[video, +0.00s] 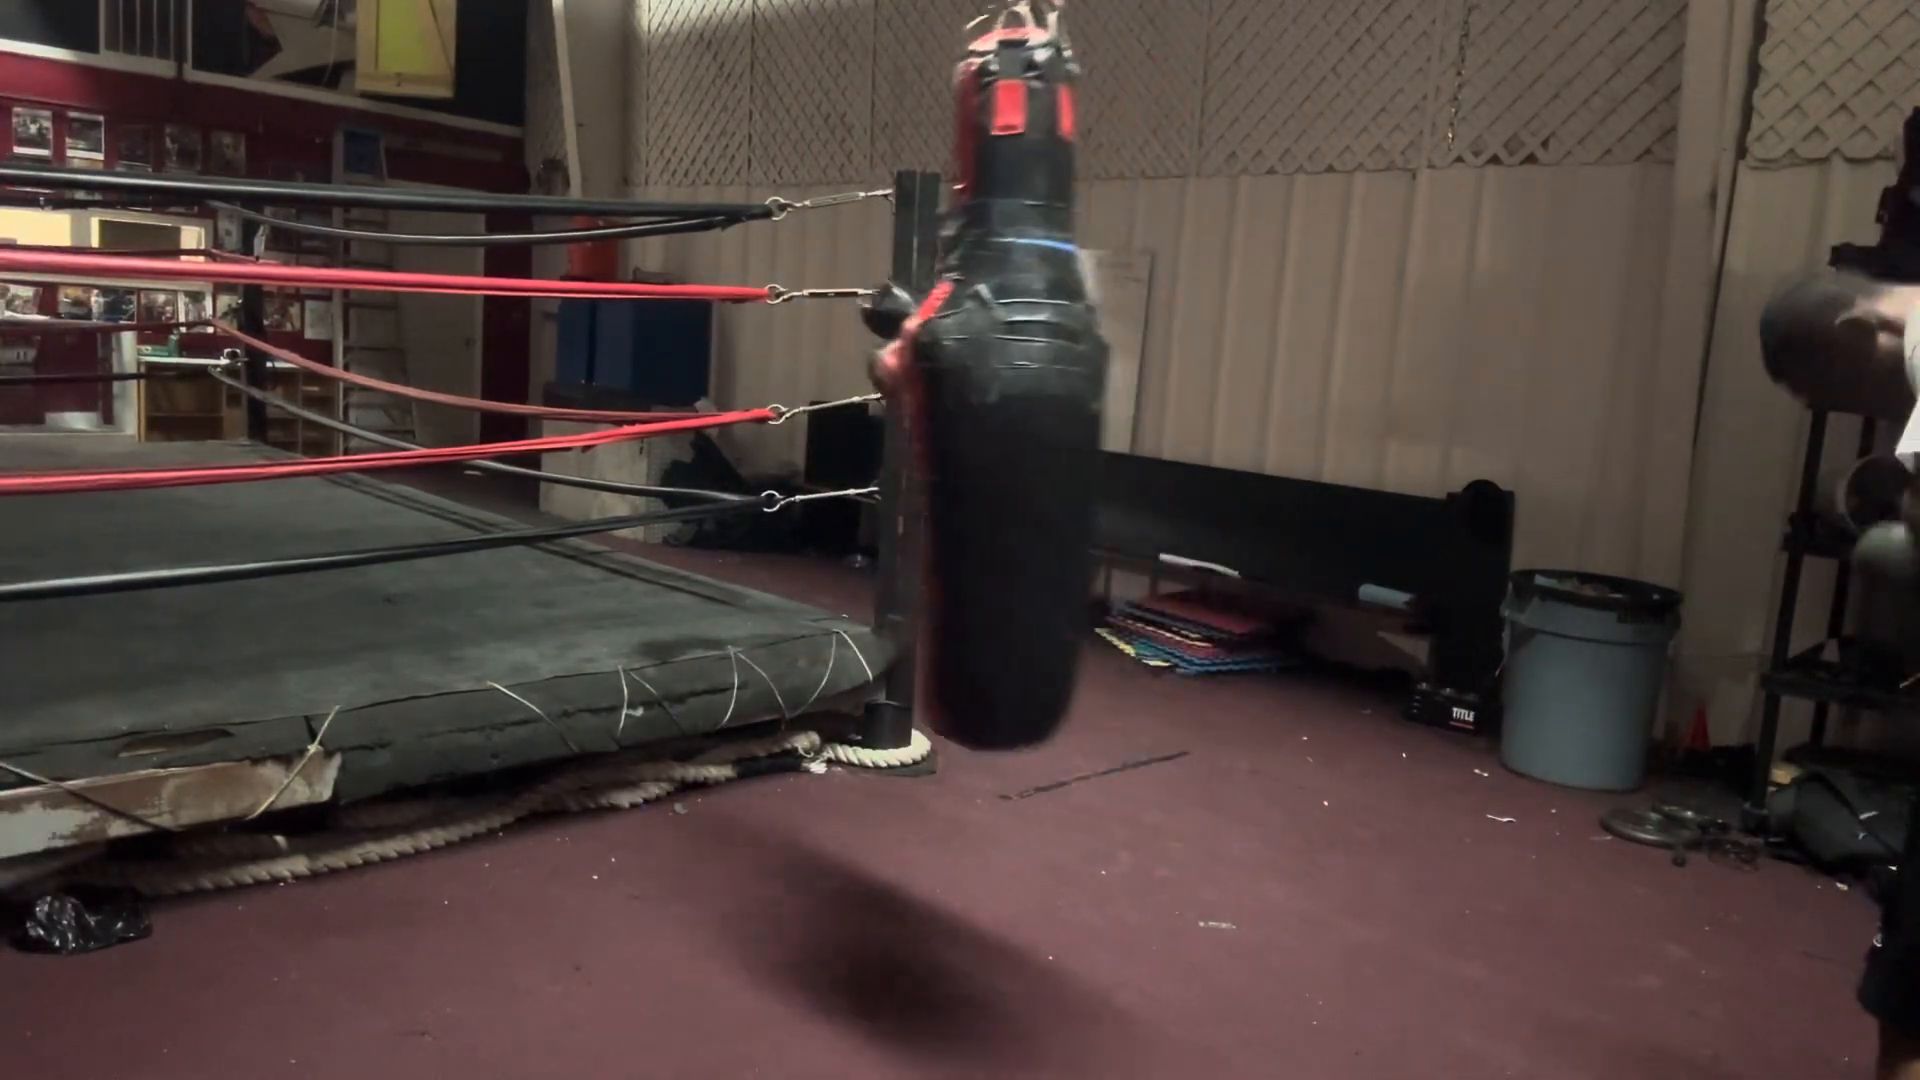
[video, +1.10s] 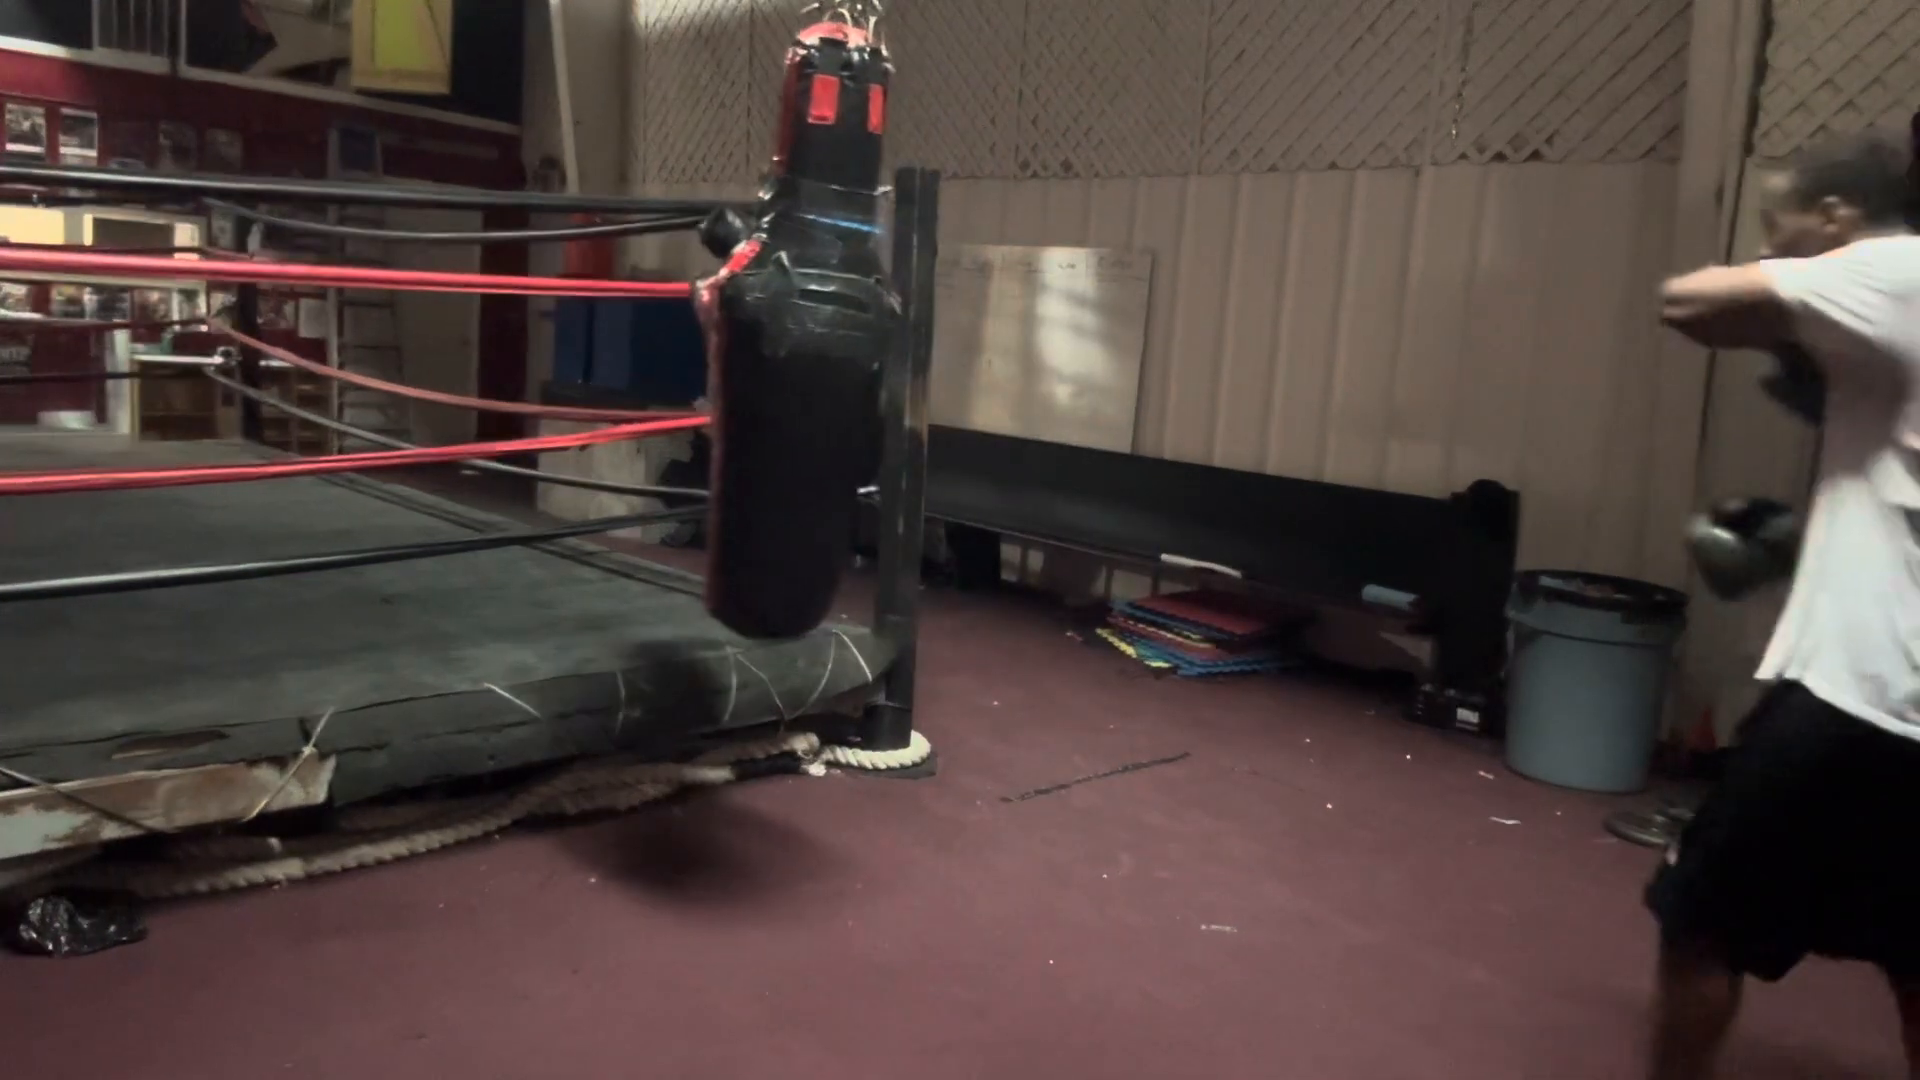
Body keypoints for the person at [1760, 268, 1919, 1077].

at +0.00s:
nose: (1848, 415)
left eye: (1835, 396)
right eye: (1829, 404)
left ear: (1868, 334)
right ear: (1869, 327)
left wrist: (1884, 502)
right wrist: (1887, 489)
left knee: (1901, 988)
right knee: (1898, 983)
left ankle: (1900, 1058)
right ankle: (1896, 1058)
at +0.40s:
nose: (1829, 320)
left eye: (1832, 291)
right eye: (1819, 298)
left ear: (1899, 249)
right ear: (1899, 252)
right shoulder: (1908, 349)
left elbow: (1852, 475)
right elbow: (1845, 478)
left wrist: (1845, 458)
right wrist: (1878, 467)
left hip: (1915, 728)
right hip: (1907, 723)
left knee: (1891, 1005)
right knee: (1884, 996)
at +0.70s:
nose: (1831, 237)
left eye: (1845, 212)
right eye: (1832, 213)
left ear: (1906, 210)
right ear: (1907, 213)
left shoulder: (1917, 300)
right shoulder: (1900, 306)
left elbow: (1750, 356)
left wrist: (1845, 326)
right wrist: (1847, 320)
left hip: (1898, 700)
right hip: (1883, 694)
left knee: (1836, 972)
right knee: (1840, 966)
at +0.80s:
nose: (1828, 244)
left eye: (1840, 219)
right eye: (1827, 221)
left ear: (1902, 214)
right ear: (1905, 219)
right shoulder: (1908, 293)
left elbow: (1741, 328)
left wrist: (1839, 306)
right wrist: (1847, 319)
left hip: (1900, 680)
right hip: (1891, 676)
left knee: (1775, 934)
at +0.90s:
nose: (1819, 244)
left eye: (1830, 220)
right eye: (1818, 222)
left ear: (1892, 214)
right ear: (1898, 219)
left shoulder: (1919, 282)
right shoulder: (1905, 290)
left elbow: (1736, 319)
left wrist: (1815, 311)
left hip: (1897, 678)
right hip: (1890, 673)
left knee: (1735, 900)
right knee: (1912, 933)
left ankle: (1795, 1064)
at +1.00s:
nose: (1803, 249)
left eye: (1815, 228)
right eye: (1803, 231)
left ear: (1872, 213)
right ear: (1883, 215)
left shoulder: (1909, 274)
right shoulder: (1898, 283)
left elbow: (1715, 310)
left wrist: (1817, 281)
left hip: (1885, 678)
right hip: (1882, 674)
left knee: (1710, 899)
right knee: (1910, 941)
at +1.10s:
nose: (1775, 251)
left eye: (1783, 230)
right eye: (1772, 233)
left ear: (1843, 218)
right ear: (1859, 221)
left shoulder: (1905, 271)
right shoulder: (1894, 284)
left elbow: (1685, 299)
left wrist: (1807, 303)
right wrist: (1798, 536)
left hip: (1865, 690)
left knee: (1699, 919)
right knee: (1916, 960)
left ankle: (1676, 1065)